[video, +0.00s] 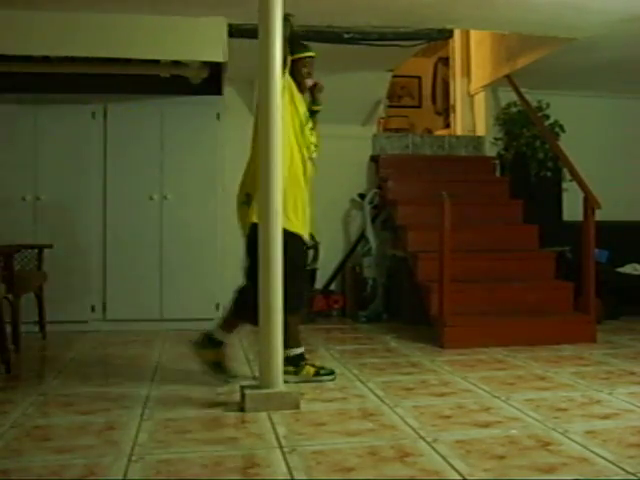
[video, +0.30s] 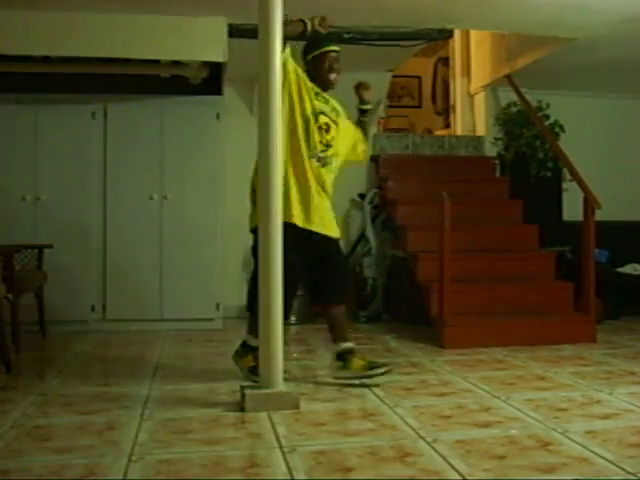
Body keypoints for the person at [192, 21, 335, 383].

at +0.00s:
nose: (308, 72)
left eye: (311, 66)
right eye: (303, 65)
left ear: (312, 67)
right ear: (288, 64)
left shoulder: (297, 101)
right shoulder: (278, 92)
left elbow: (308, 150)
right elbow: (271, 57)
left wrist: (315, 105)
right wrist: (283, 28)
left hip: (289, 208)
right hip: (275, 209)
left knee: (262, 284)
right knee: (291, 285)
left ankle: (216, 338)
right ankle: (291, 357)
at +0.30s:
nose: (335, 68)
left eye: (338, 62)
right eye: (328, 61)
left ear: (339, 66)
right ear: (310, 61)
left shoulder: (337, 115)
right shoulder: (292, 83)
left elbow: (362, 145)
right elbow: (270, 39)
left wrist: (366, 107)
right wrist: (304, 27)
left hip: (317, 209)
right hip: (281, 203)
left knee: (334, 281)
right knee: (273, 285)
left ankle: (346, 354)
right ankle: (251, 349)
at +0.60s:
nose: (362, 64)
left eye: (367, 59)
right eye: (354, 58)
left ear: (372, 66)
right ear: (340, 64)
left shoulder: (386, 110)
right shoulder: (318, 88)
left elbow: (420, 145)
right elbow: (282, 59)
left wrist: (414, 106)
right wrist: (318, 36)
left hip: (363, 210)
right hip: (320, 202)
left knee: (357, 290)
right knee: (312, 283)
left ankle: (354, 366)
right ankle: (287, 336)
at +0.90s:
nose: (381, 75)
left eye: (387, 69)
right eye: (375, 70)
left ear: (396, 73)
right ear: (365, 74)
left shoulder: (424, 109)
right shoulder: (345, 105)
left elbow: (473, 123)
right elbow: (300, 85)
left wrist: (451, 83)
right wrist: (331, 53)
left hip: (404, 216)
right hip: (354, 215)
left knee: (390, 296)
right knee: (357, 297)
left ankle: (360, 365)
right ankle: (407, 335)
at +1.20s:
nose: (394, 80)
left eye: (400, 74)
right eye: (388, 75)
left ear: (414, 78)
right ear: (381, 80)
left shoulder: (439, 106)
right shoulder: (367, 115)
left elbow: (493, 122)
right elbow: (321, 109)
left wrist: (467, 81)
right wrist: (344, 74)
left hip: (431, 199)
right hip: (389, 209)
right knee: (403, 290)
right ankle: (438, 357)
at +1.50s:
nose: (395, 76)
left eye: (401, 70)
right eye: (388, 71)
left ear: (414, 71)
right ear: (381, 75)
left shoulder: (444, 97)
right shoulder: (369, 111)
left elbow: (494, 105)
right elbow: (322, 108)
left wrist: (465, 66)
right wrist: (344, 72)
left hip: (452, 208)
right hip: (407, 216)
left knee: (468, 279)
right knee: (427, 293)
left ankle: (482, 306)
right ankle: (444, 355)